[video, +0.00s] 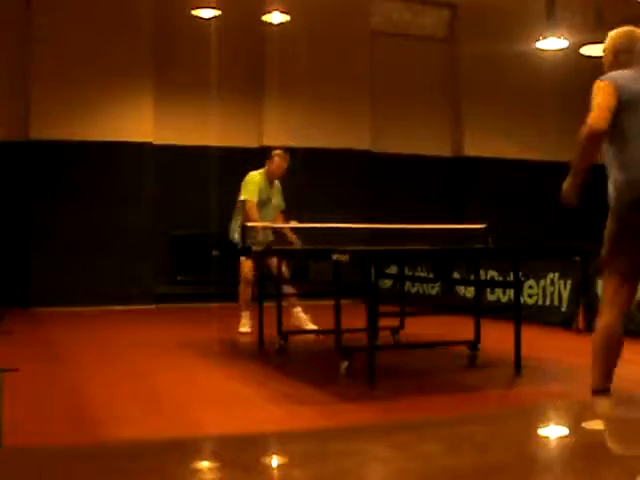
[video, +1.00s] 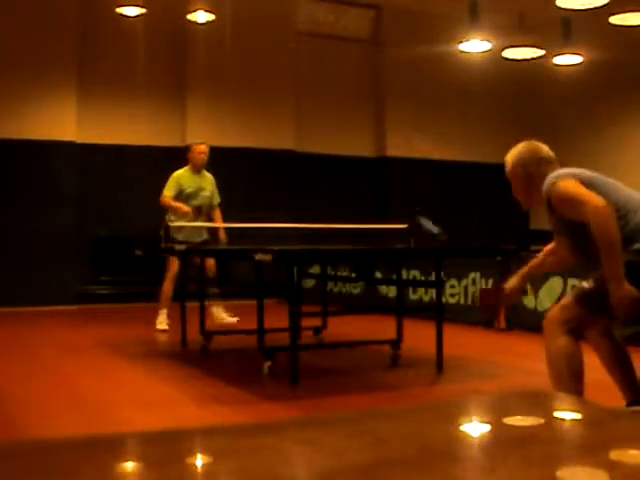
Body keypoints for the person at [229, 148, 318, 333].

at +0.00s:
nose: (281, 170)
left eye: (283, 167)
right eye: (278, 165)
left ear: (284, 168)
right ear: (269, 163)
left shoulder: (276, 185)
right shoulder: (253, 178)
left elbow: (277, 216)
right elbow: (250, 206)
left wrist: (288, 234)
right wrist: (258, 225)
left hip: (266, 235)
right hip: (245, 235)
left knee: (281, 269)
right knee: (247, 271)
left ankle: (295, 312)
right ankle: (245, 316)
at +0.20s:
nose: (249, 166)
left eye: (251, 163)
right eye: (248, 160)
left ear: (249, 165)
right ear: (240, 156)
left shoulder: (241, 183)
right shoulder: (220, 174)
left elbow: (233, 217)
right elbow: (217, 169)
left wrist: (237, 240)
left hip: (230, 231)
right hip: (212, 230)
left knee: (240, 269)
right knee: (218, 271)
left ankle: (231, 308)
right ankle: (219, 313)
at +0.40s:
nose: (194, 169)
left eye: (197, 166)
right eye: (192, 164)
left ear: (199, 170)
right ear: (184, 163)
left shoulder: (193, 190)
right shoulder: (169, 178)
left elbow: (193, 219)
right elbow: (150, 177)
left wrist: (197, 242)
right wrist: (171, 162)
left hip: (181, 236)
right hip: (163, 233)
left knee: (170, 272)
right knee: (171, 270)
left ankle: (154, 305)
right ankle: (174, 313)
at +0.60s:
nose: (186, 165)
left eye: (189, 162)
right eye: (183, 161)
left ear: (192, 164)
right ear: (175, 161)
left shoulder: (188, 188)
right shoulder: (162, 180)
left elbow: (195, 218)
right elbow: (144, 196)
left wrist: (207, 241)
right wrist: (160, 201)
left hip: (174, 235)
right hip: (156, 232)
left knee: (161, 273)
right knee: (164, 269)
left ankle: (146, 306)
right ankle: (162, 314)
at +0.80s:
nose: (190, 159)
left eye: (192, 155)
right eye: (187, 155)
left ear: (195, 159)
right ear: (179, 158)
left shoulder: (197, 181)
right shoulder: (167, 178)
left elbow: (204, 208)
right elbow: (150, 199)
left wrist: (210, 229)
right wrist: (162, 209)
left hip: (185, 231)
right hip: (166, 230)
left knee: (180, 272)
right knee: (167, 271)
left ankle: (157, 299)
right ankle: (161, 311)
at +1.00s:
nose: (203, 157)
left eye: (205, 153)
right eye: (199, 153)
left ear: (207, 157)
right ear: (190, 155)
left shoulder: (209, 179)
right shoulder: (179, 176)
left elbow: (215, 207)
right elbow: (165, 198)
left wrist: (220, 229)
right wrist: (180, 207)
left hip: (201, 232)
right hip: (179, 232)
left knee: (210, 266)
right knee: (173, 270)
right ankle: (163, 313)